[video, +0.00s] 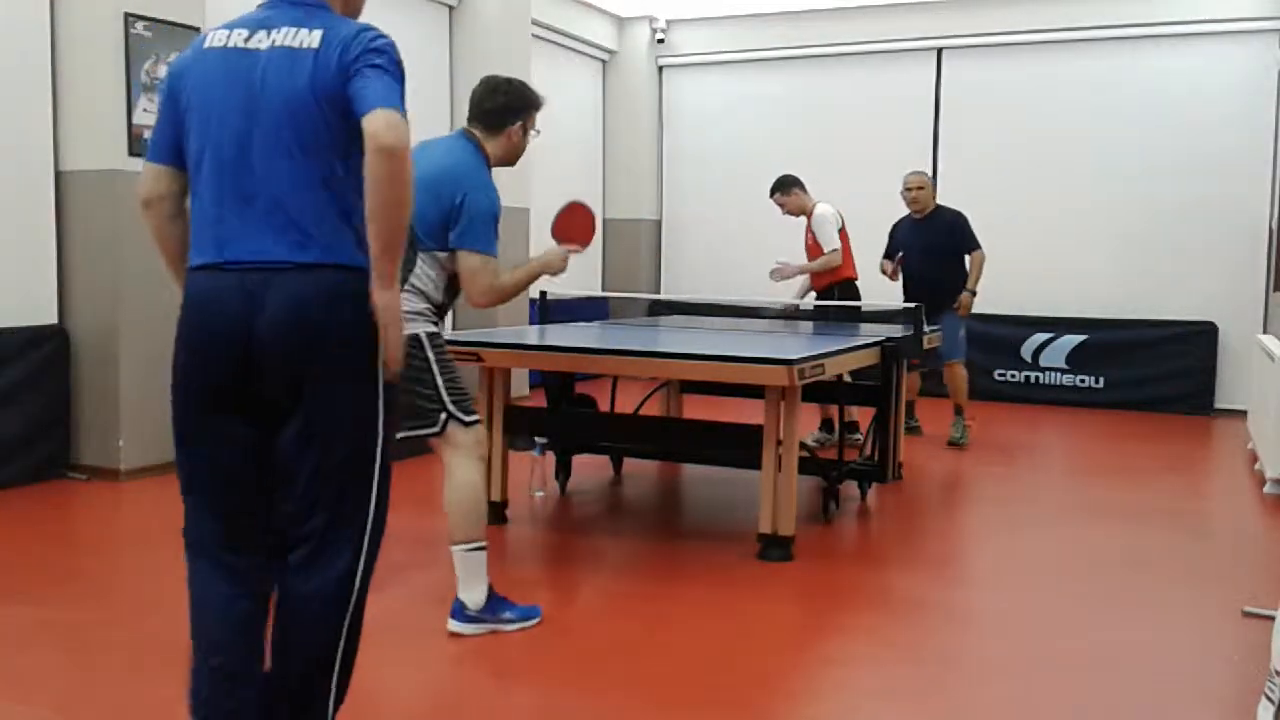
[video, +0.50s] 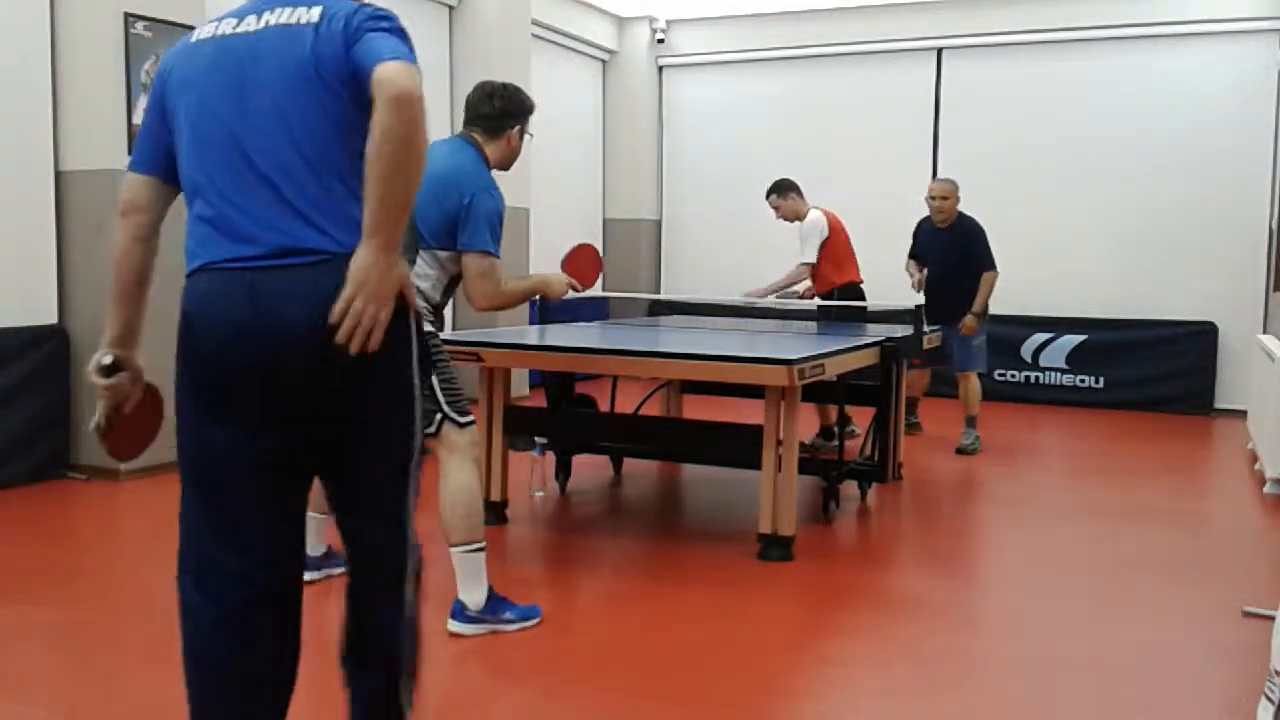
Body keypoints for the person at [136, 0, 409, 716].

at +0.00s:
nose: (362, 11)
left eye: (361, 5)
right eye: (362, 4)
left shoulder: (196, 54)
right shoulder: (358, 41)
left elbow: (158, 193)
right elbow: (387, 141)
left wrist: (202, 291)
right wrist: (386, 287)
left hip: (215, 305)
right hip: (323, 302)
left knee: (221, 541)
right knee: (330, 538)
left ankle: (224, 708)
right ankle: (301, 709)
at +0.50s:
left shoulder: (182, 56)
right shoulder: (358, 18)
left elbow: (136, 209)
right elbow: (400, 97)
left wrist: (118, 347)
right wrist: (381, 250)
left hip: (221, 313)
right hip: (350, 300)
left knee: (230, 558)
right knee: (380, 549)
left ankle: (230, 710)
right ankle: (381, 706)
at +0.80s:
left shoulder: (246, 46)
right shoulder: (444, 29)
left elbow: (184, 203)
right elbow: (518, 120)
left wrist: (162, 357)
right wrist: (483, 272)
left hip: (293, 341)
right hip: (426, 332)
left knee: (266, 598)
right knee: (464, 601)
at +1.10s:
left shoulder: (337, 33)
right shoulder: (542, 22)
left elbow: (286, 196)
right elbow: (617, 181)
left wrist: (280, 336)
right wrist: (582, 251)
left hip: (363, 323)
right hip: (502, 323)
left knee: (351, 584)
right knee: (520, 592)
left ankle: (331, 713)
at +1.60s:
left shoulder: (348, 57)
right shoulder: (536, 24)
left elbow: (309, 215)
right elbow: (591, 169)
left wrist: (374, 302)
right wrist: (564, 244)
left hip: (395, 329)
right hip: (526, 321)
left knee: (401, 591)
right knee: (601, 578)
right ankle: (609, 706)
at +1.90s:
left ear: (500, 2)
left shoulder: (441, 74)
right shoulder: (636, 50)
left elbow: (399, 234)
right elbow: (707, 183)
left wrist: (463, 293)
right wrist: (645, 250)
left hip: (482, 340)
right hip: (612, 337)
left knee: (445, 598)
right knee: (665, 591)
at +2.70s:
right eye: (621, 11)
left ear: (532, 2)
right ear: (607, 3)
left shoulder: (456, 64)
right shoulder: (658, 56)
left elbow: (417, 221)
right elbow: (714, 199)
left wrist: (487, 270)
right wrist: (657, 252)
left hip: (489, 331)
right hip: (617, 331)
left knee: (456, 579)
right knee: (663, 572)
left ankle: (423, 715)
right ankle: (695, 712)